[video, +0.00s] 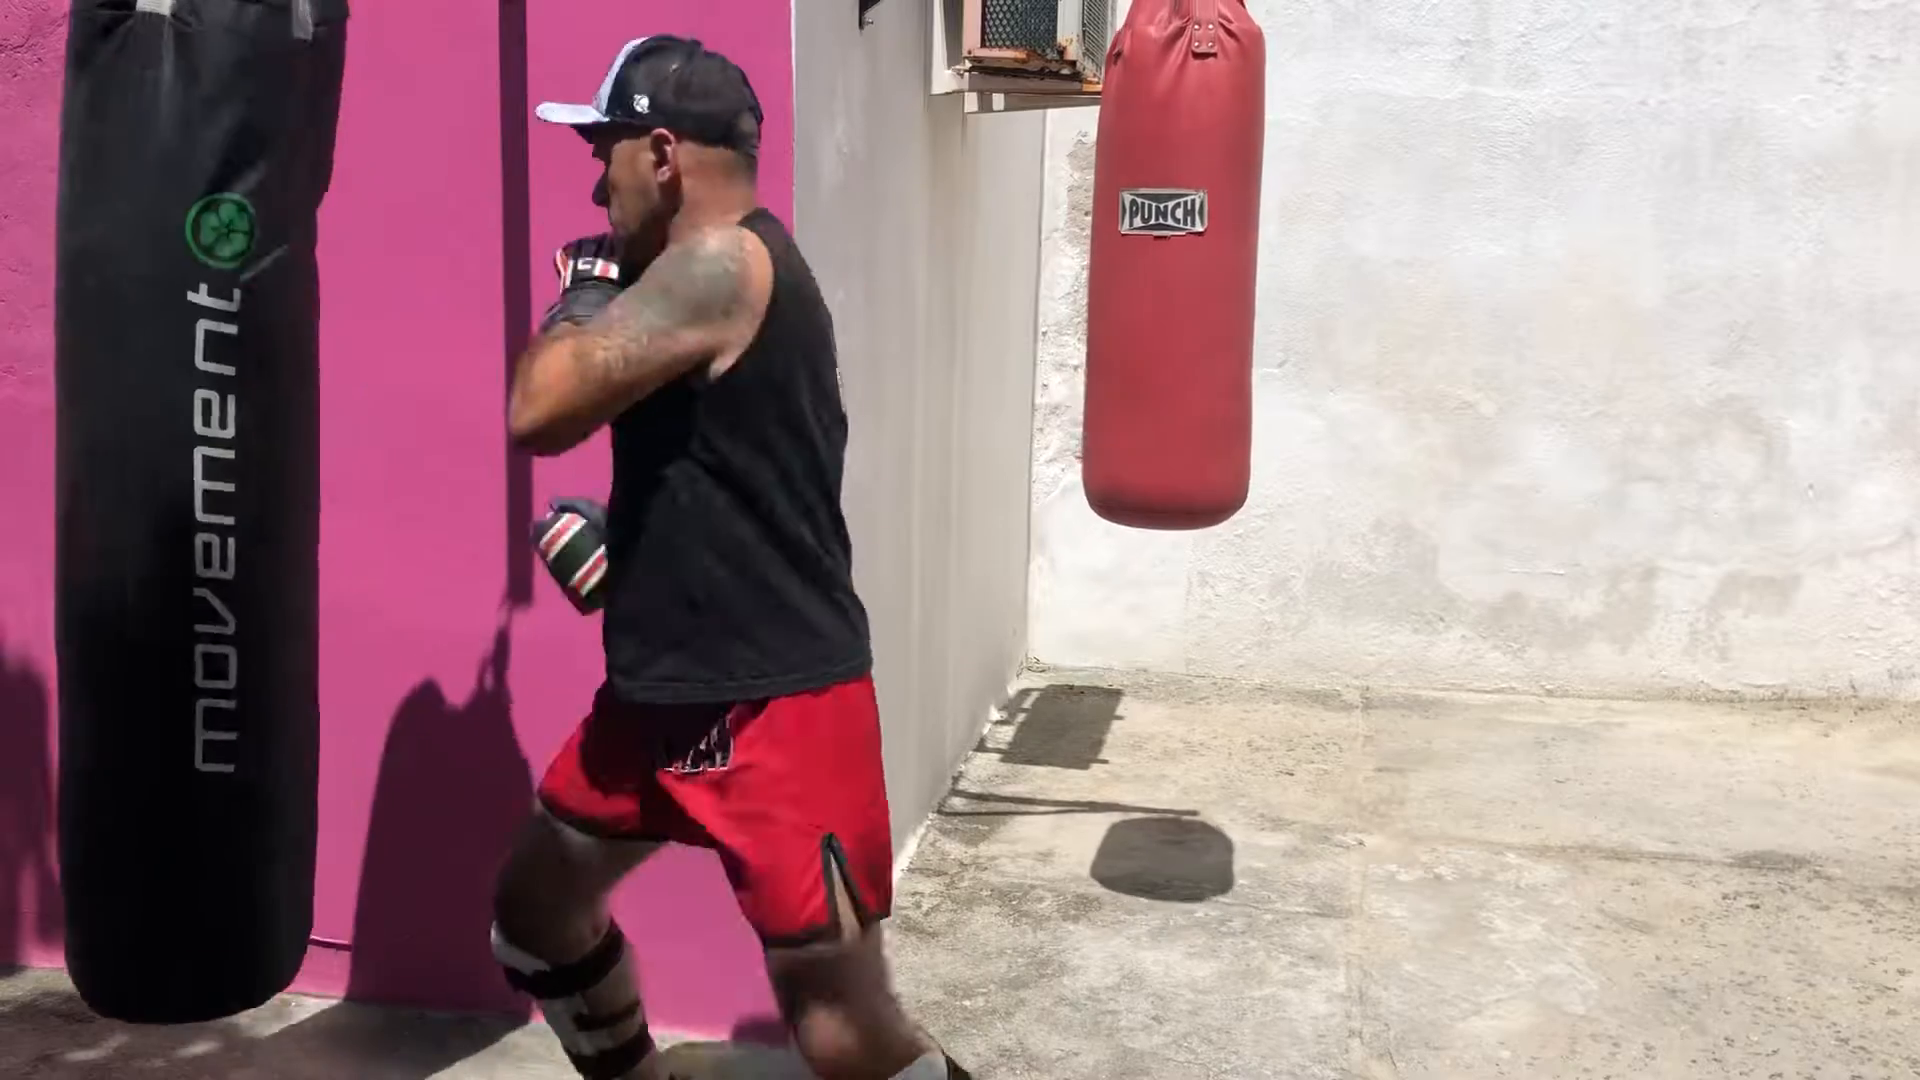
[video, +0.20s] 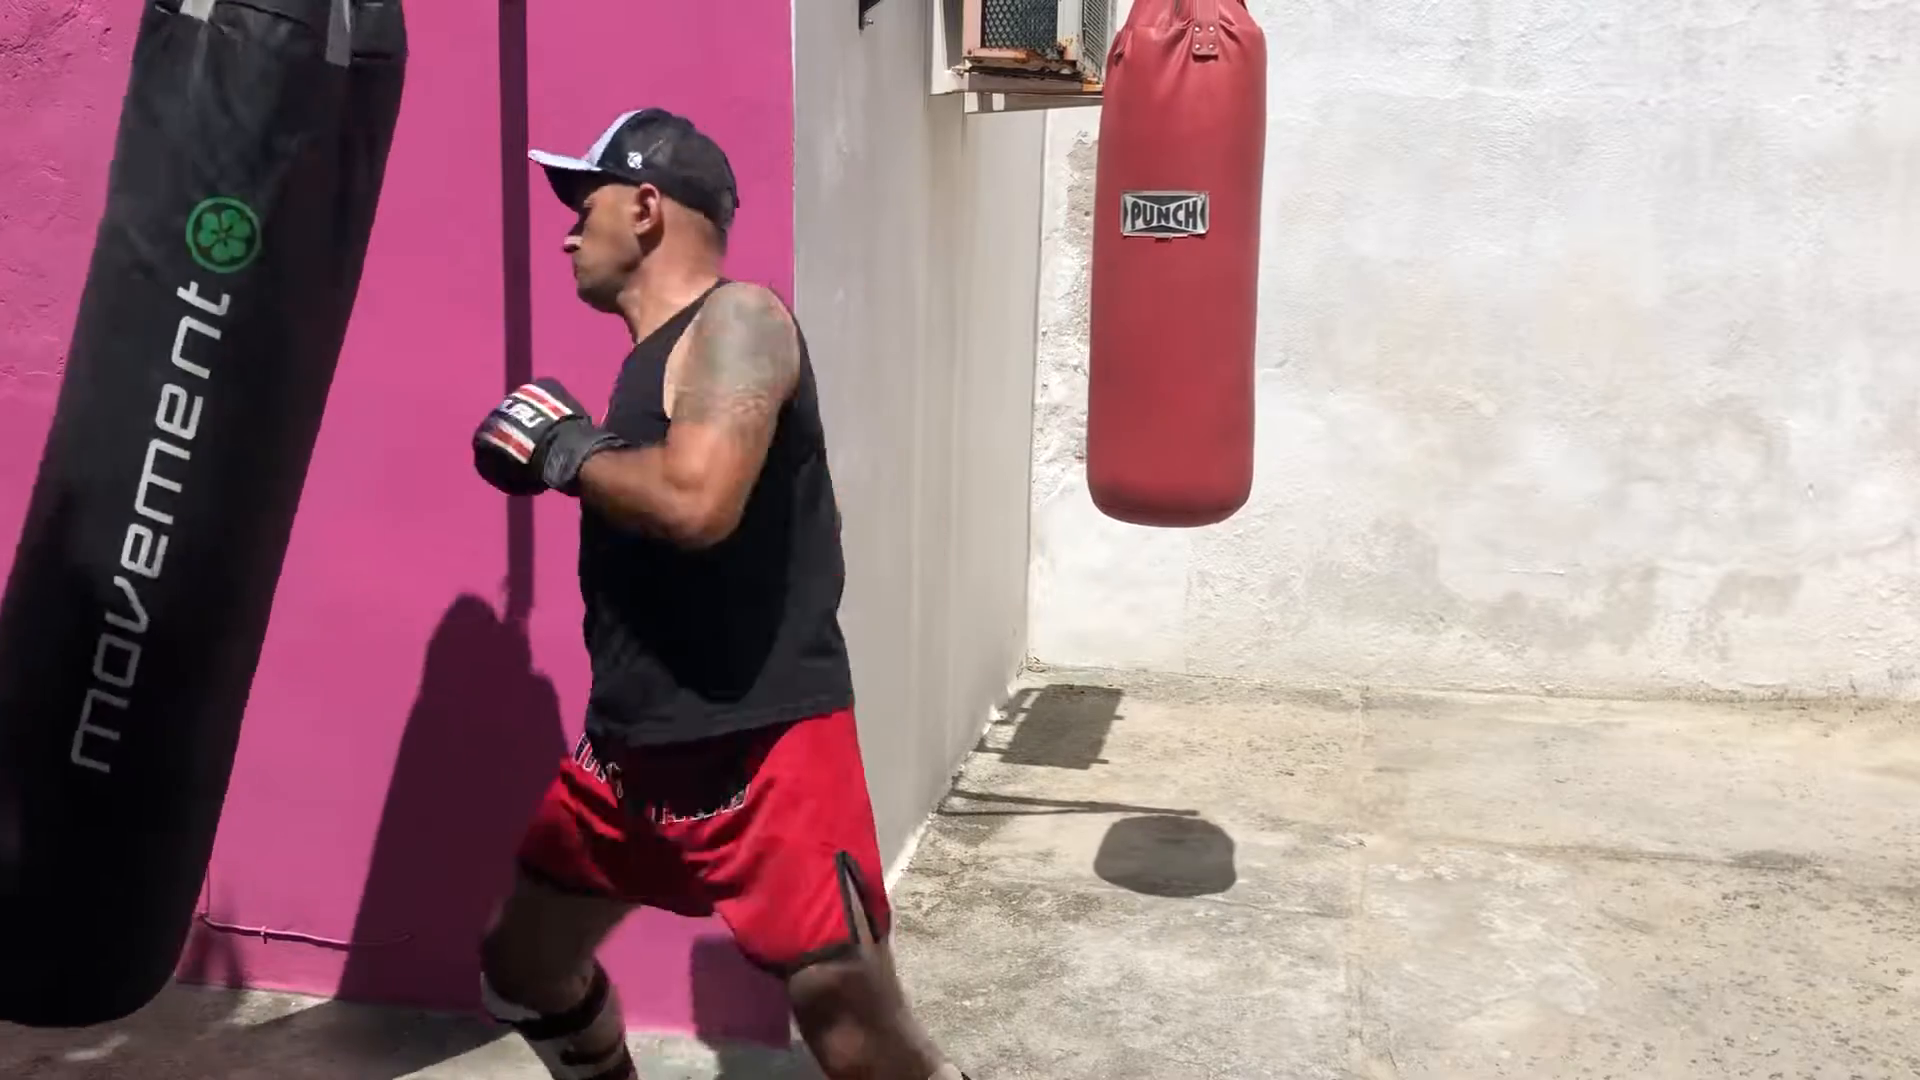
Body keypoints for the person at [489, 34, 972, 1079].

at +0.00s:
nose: (598, 169)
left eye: (610, 145)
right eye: (602, 146)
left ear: (665, 155)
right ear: (689, 155)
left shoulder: (723, 261)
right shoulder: (740, 264)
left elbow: (536, 414)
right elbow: (757, 477)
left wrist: (582, 290)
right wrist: (631, 542)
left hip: (780, 696)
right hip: (662, 692)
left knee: (846, 1032)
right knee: (541, 909)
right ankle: (629, 1075)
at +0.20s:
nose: (567, 222)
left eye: (586, 196)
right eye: (574, 199)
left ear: (648, 211)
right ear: (650, 215)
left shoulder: (742, 319)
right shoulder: (651, 359)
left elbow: (696, 500)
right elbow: (671, 504)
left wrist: (572, 450)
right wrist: (563, 462)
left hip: (769, 747)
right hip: (635, 748)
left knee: (861, 1041)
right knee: (529, 964)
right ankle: (610, 1079)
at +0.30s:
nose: (538, 211)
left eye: (562, 189)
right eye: (543, 191)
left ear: (639, 202)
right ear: (623, 207)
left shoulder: (749, 312)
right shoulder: (569, 368)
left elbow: (717, 457)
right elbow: (495, 491)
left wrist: (566, 404)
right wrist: (340, 486)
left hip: (782, 714)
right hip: (618, 726)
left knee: (887, 1004)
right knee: (522, 998)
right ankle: (601, 1078)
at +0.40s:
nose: (522, 207)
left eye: (539, 184)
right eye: (523, 188)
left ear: (612, 187)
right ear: (595, 196)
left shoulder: (709, 270)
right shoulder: (590, 349)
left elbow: (574, 405)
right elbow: (601, 527)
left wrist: (508, 338)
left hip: (770, 672)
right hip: (627, 698)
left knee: (890, 958)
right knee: (548, 972)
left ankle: (989, 1068)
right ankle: (599, 1074)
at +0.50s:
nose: (514, 201)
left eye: (528, 178)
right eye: (513, 183)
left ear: (601, 178)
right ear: (593, 185)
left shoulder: (693, 253)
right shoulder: (592, 321)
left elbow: (577, 404)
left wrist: (524, 347)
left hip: (770, 653)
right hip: (625, 674)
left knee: (886, 935)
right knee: (563, 929)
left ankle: (1021, 1074)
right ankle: (611, 1076)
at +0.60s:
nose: (524, 193)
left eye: (539, 170)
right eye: (522, 174)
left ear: (611, 172)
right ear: (602, 179)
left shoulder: (722, 257)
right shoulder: (596, 323)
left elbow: (652, 410)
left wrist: (556, 358)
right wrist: (550, 371)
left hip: (780, 651)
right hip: (633, 669)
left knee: (896, 930)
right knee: (572, 923)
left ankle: (1018, 1072)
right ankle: (609, 1075)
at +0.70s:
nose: (592, 209)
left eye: (612, 185)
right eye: (592, 186)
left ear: (691, 190)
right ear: (672, 192)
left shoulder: (800, 298)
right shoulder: (608, 334)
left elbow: (806, 445)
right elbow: (522, 477)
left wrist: (654, 377)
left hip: (830, 659)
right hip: (668, 685)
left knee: (924, 869)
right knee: (581, 915)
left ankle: (1021, 1071)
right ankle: (599, 1077)